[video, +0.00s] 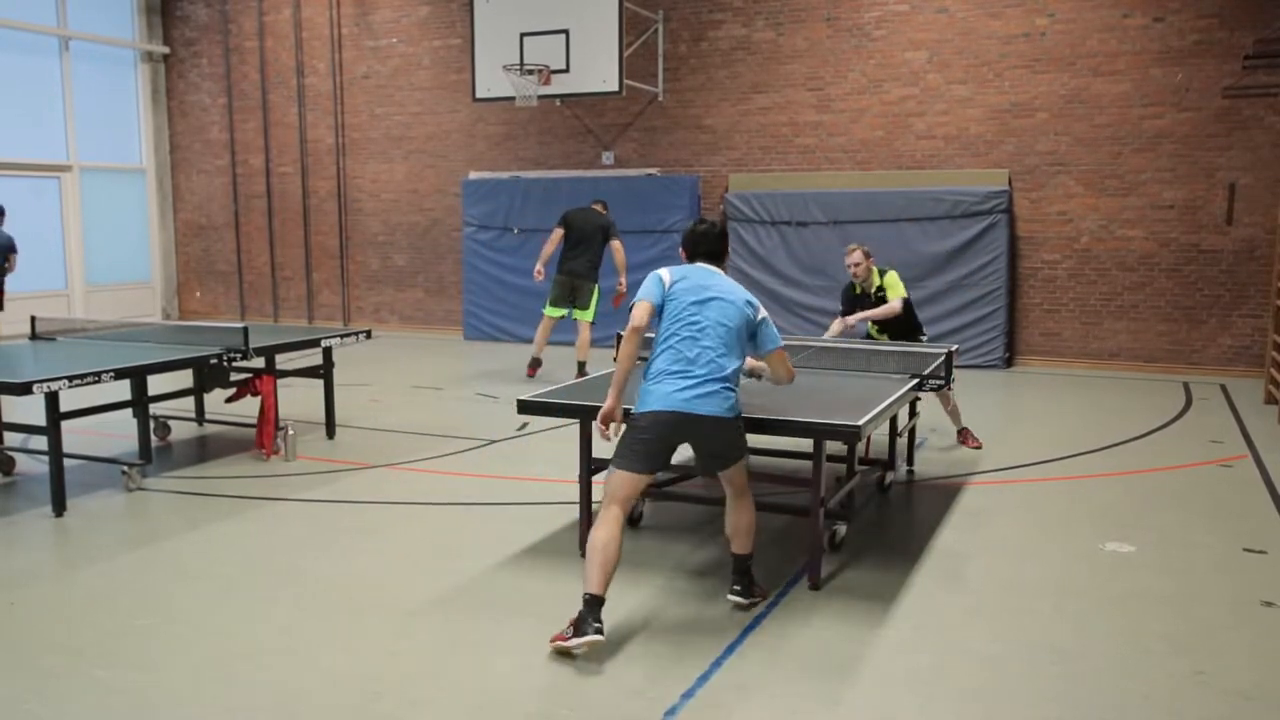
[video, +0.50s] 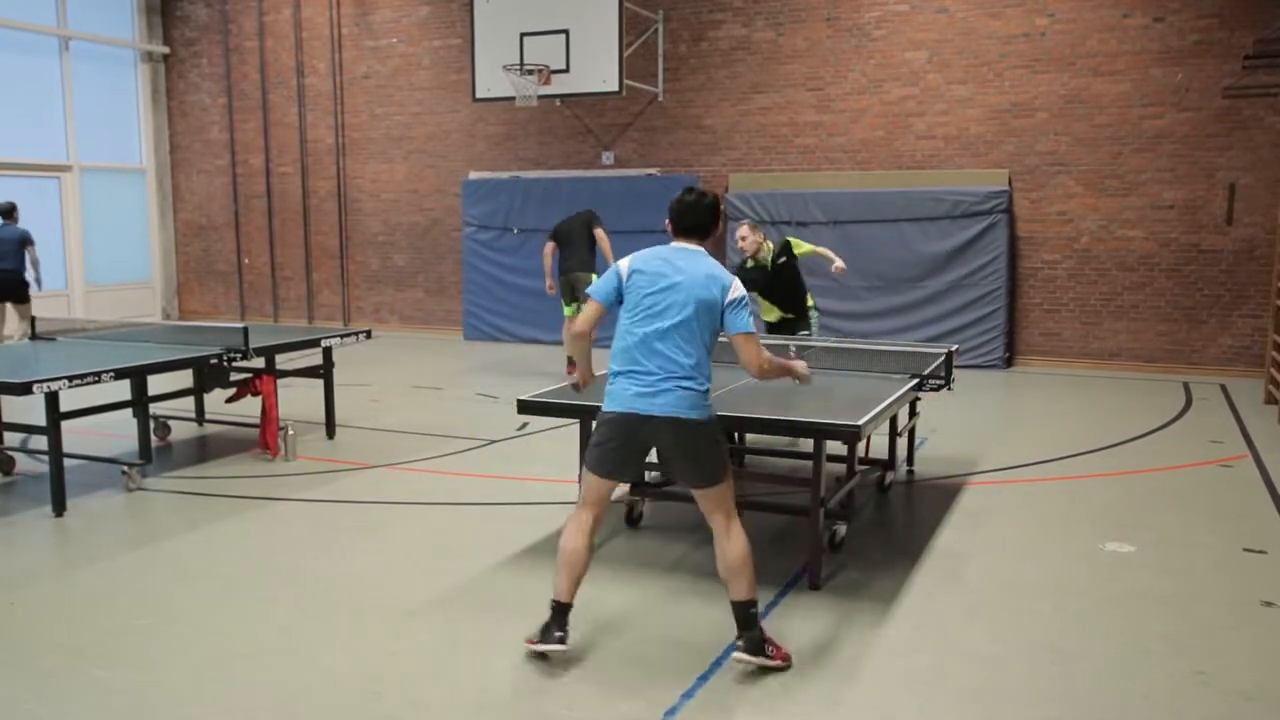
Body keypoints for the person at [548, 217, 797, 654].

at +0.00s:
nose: (681, 258)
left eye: (682, 251)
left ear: (683, 253)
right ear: (727, 256)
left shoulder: (663, 277)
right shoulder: (744, 298)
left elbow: (637, 326)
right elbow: (784, 374)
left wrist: (614, 397)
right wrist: (757, 364)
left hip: (657, 409)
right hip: (716, 413)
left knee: (615, 506)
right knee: (738, 490)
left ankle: (589, 617)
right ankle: (742, 582)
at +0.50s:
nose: (725, 233)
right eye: (724, 227)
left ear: (670, 227)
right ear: (717, 230)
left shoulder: (631, 264)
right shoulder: (724, 282)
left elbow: (578, 329)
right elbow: (757, 365)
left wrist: (584, 373)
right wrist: (787, 367)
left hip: (623, 410)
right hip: (687, 416)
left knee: (587, 512)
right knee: (725, 520)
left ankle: (557, 624)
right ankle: (750, 636)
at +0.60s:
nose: (729, 263)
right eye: (731, 256)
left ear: (681, 253)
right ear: (725, 261)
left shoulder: (638, 292)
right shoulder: (724, 310)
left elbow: (586, 353)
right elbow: (767, 395)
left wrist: (593, 399)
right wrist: (838, 407)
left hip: (617, 446)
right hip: (680, 451)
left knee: (575, 538)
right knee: (736, 533)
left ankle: (510, 640)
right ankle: (750, 652)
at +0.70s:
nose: (749, 303)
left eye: (745, 293)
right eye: (749, 295)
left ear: (697, 290)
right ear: (742, 300)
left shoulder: (652, 329)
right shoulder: (726, 354)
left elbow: (596, 383)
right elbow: (781, 434)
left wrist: (591, 441)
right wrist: (857, 425)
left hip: (613, 477)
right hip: (675, 481)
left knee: (575, 559)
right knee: (747, 532)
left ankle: (508, 649)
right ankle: (752, 655)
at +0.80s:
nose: (766, 332)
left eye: (762, 324)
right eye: (765, 326)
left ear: (711, 323)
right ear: (753, 332)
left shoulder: (667, 350)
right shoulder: (745, 391)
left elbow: (603, 401)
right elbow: (823, 428)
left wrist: (582, 461)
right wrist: (888, 399)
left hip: (608, 496)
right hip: (667, 507)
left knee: (582, 567)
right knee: (755, 529)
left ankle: (510, 648)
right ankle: (754, 655)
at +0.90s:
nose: (779, 334)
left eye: (773, 326)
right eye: (779, 328)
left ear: (728, 317)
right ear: (770, 330)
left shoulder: (677, 343)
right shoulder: (760, 384)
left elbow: (610, 388)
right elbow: (836, 428)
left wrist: (577, 445)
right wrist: (897, 400)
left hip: (622, 493)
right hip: (684, 503)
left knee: (580, 561)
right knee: (766, 531)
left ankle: (507, 648)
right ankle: (754, 654)